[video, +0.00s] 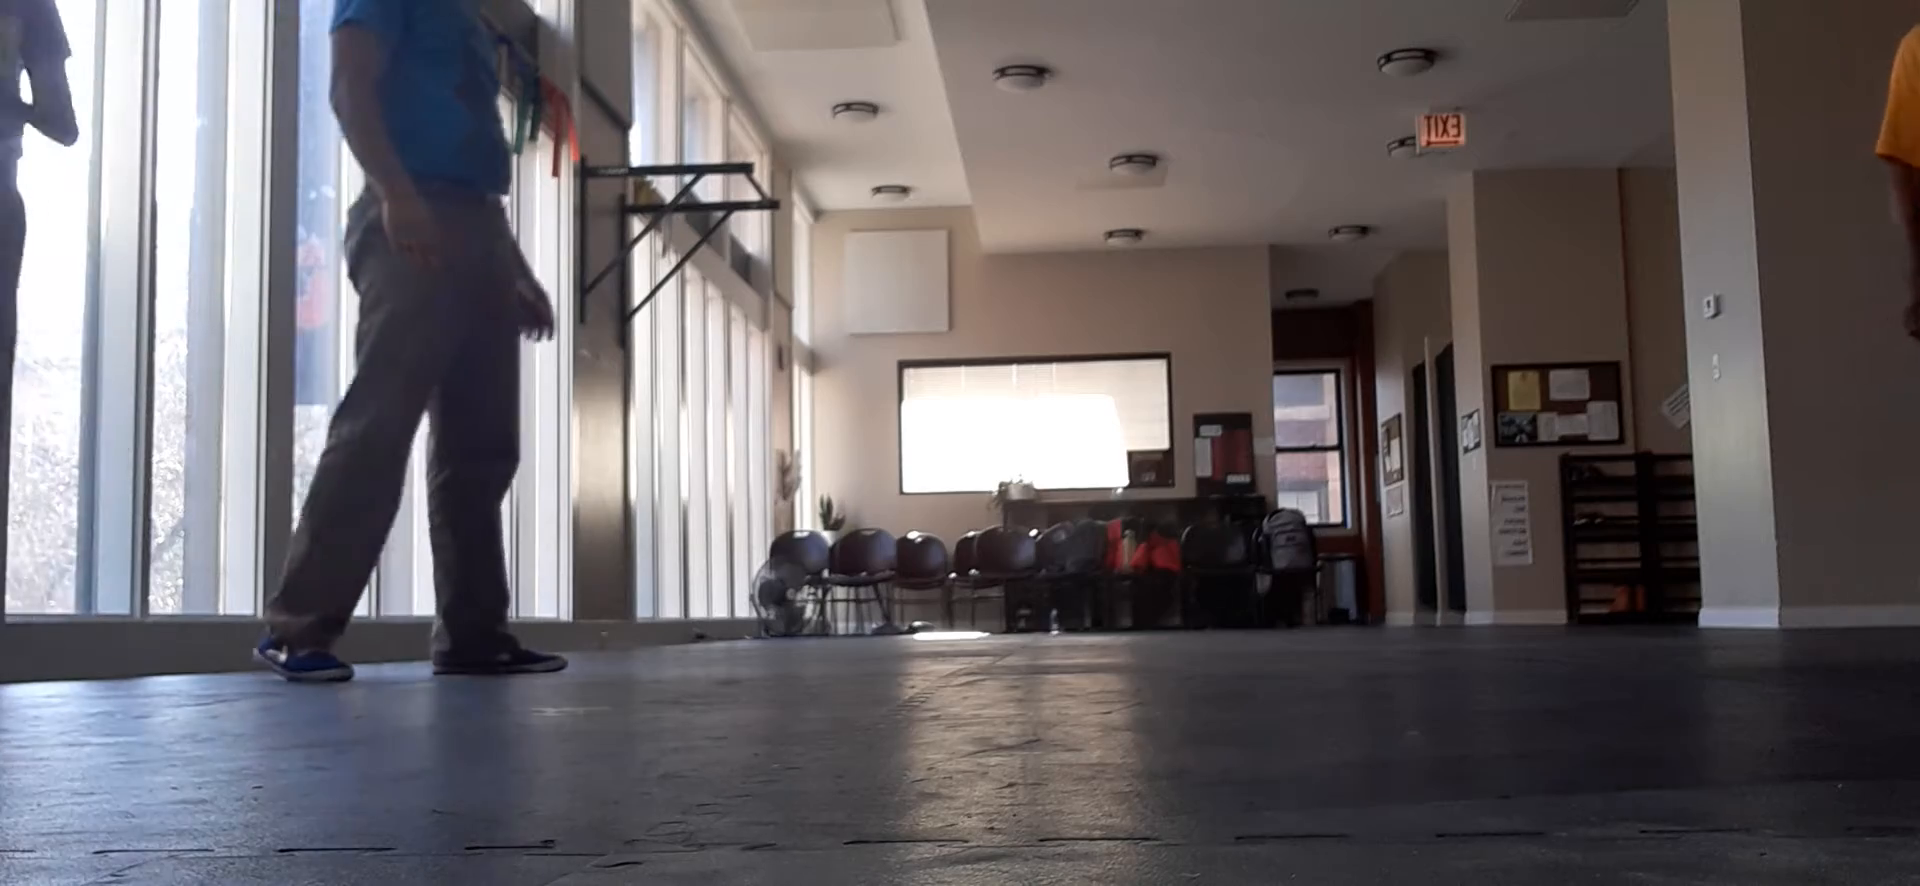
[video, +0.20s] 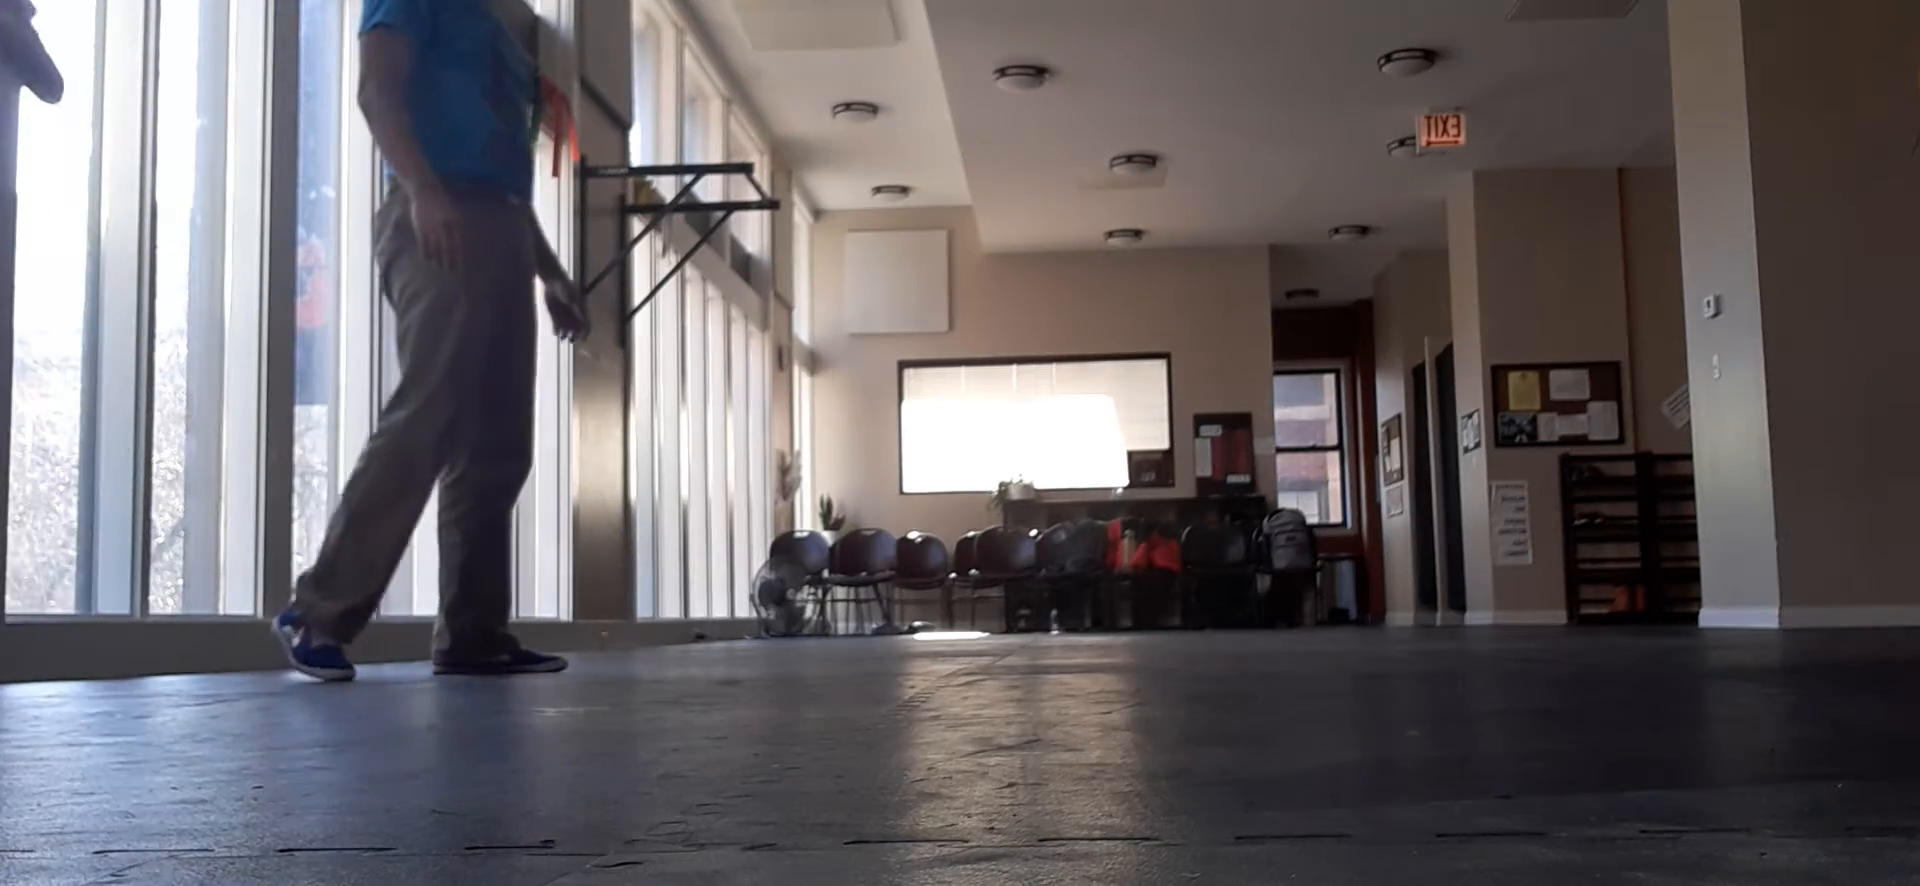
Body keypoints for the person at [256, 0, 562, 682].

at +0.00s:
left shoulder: (466, 23)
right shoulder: (383, 4)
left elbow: (472, 167)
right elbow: (350, 90)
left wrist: (513, 270)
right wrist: (399, 195)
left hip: (479, 226)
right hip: (415, 218)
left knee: (478, 447)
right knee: (379, 427)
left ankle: (472, 637)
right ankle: (295, 631)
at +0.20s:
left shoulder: (498, 32)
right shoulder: (412, 4)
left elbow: (503, 176)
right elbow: (378, 92)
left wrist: (551, 272)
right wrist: (424, 191)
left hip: (502, 225)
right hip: (443, 214)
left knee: (493, 445)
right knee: (427, 418)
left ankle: (474, 638)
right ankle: (318, 614)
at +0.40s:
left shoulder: (510, 36)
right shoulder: (429, 5)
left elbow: (520, 177)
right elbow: (393, 96)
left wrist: (569, 277)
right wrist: (445, 192)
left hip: (514, 225)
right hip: (458, 217)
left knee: (509, 435)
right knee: (468, 418)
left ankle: (475, 635)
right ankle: (392, 621)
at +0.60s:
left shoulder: (512, 29)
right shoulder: (439, 5)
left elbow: (517, 173)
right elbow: (401, 96)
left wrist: (564, 281)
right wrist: (449, 198)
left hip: (515, 221)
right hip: (469, 216)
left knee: (517, 440)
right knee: (478, 421)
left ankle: (477, 635)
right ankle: (397, 616)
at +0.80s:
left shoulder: (513, 24)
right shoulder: (454, 5)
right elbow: (404, 95)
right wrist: (445, 198)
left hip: (514, 221)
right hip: (467, 214)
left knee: (516, 437)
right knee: (487, 414)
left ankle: (477, 634)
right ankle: (402, 610)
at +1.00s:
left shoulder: (511, 24)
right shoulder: (457, 5)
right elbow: (402, 90)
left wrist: (542, 99)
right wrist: (442, 189)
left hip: (507, 219)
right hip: (460, 213)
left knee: (507, 428)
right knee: (486, 405)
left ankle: (475, 631)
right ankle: (393, 605)